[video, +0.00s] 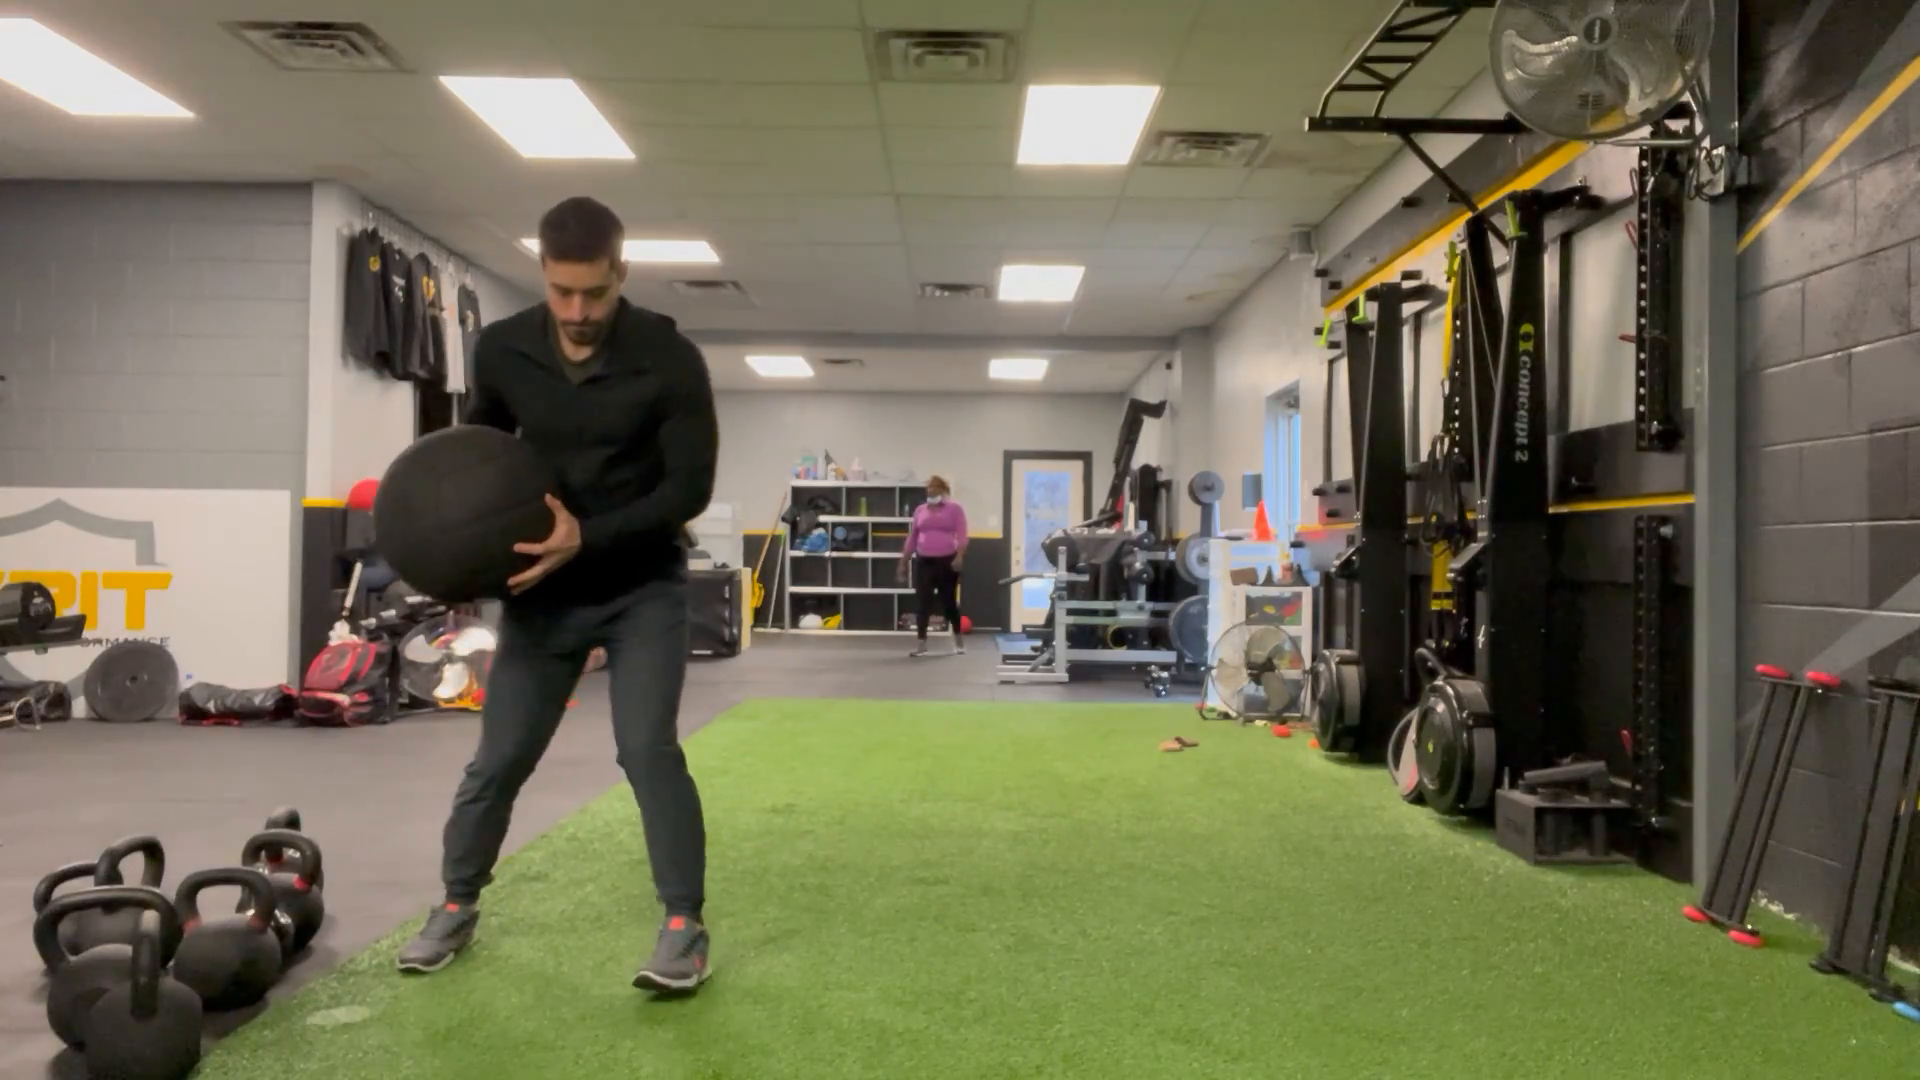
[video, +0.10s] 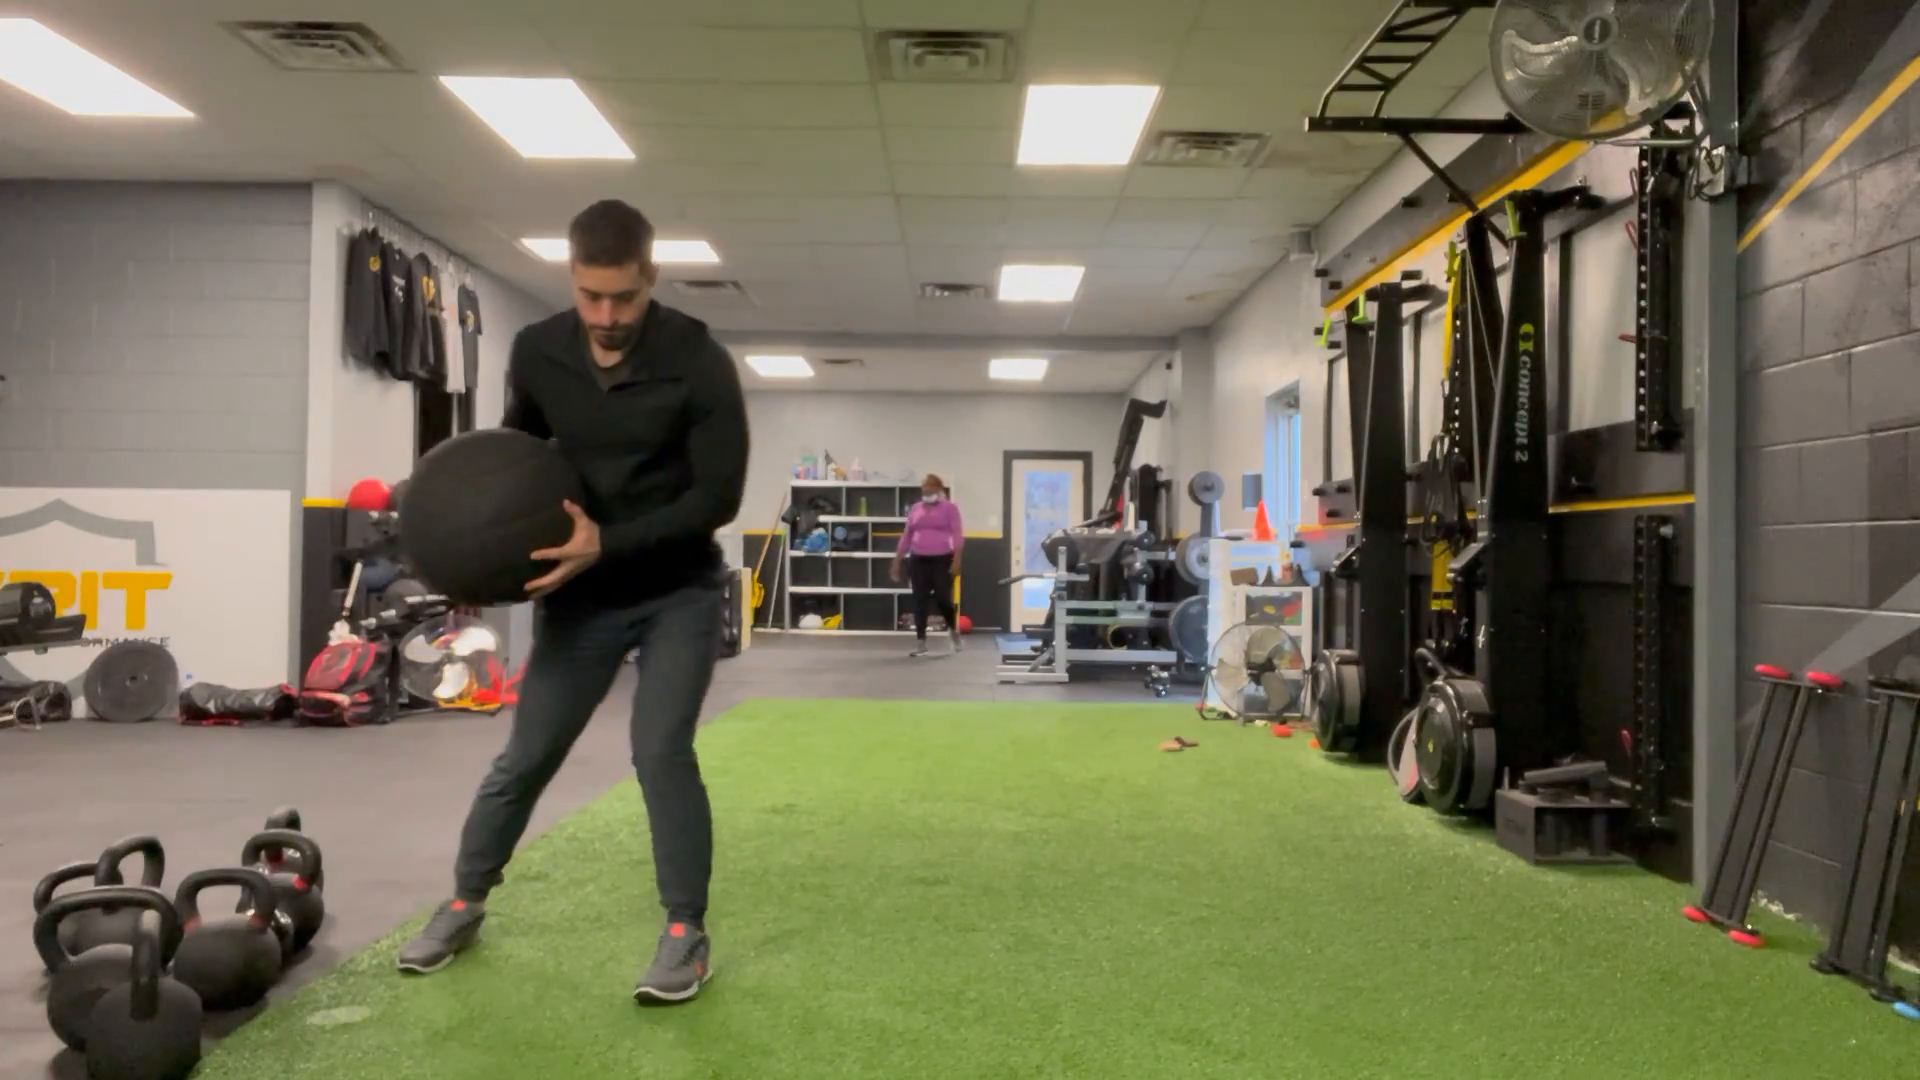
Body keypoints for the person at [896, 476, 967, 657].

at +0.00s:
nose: (930, 491)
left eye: (934, 487)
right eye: (929, 488)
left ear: (943, 490)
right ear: (927, 490)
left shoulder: (954, 509)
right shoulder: (920, 510)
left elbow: (962, 535)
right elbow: (912, 537)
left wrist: (959, 555)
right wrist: (904, 560)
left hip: (947, 559)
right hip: (924, 559)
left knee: (948, 601)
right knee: (923, 600)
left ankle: (957, 636)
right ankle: (921, 642)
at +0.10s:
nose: (926, 489)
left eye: (930, 486)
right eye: (924, 486)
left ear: (938, 488)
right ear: (922, 488)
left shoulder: (949, 508)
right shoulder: (915, 509)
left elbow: (957, 534)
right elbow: (907, 535)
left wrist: (957, 558)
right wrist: (898, 558)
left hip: (942, 557)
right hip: (919, 557)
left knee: (943, 598)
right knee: (920, 599)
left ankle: (954, 631)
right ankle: (921, 641)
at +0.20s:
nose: (924, 488)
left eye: (928, 485)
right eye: (922, 485)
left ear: (935, 487)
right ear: (918, 486)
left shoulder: (947, 507)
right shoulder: (911, 508)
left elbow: (954, 535)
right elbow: (902, 533)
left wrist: (956, 561)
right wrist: (892, 556)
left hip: (939, 555)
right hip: (916, 556)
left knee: (938, 596)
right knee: (918, 599)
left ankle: (945, 632)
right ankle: (921, 641)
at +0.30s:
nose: (921, 488)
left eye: (925, 485)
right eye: (919, 485)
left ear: (932, 486)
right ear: (915, 486)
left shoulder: (944, 507)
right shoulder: (908, 506)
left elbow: (953, 535)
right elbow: (898, 531)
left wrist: (957, 563)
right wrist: (888, 554)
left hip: (937, 555)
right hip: (914, 556)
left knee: (934, 596)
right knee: (917, 598)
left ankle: (937, 635)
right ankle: (920, 642)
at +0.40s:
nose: (919, 490)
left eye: (923, 486)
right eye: (917, 486)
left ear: (931, 487)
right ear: (914, 486)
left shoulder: (943, 507)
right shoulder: (906, 507)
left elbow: (952, 533)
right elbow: (897, 531)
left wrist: (958, 557)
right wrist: (886, 552)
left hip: (935, 557)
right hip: (912, 557)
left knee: (931, 598)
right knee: (915, 600)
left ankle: (932, 641)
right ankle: (920, 642)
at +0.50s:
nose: (919, 493)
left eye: (923, 489)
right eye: (916, 489)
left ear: (930, 489)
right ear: (913, 489)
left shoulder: (942, 508)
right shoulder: (905, 508)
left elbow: (952, 534)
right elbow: (896, 532)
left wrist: (961, 559)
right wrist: (886, 553)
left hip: (934, 558)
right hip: (911, 559)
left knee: (929, 599)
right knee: (914, 600)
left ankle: (929, 641)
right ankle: (920, 639)